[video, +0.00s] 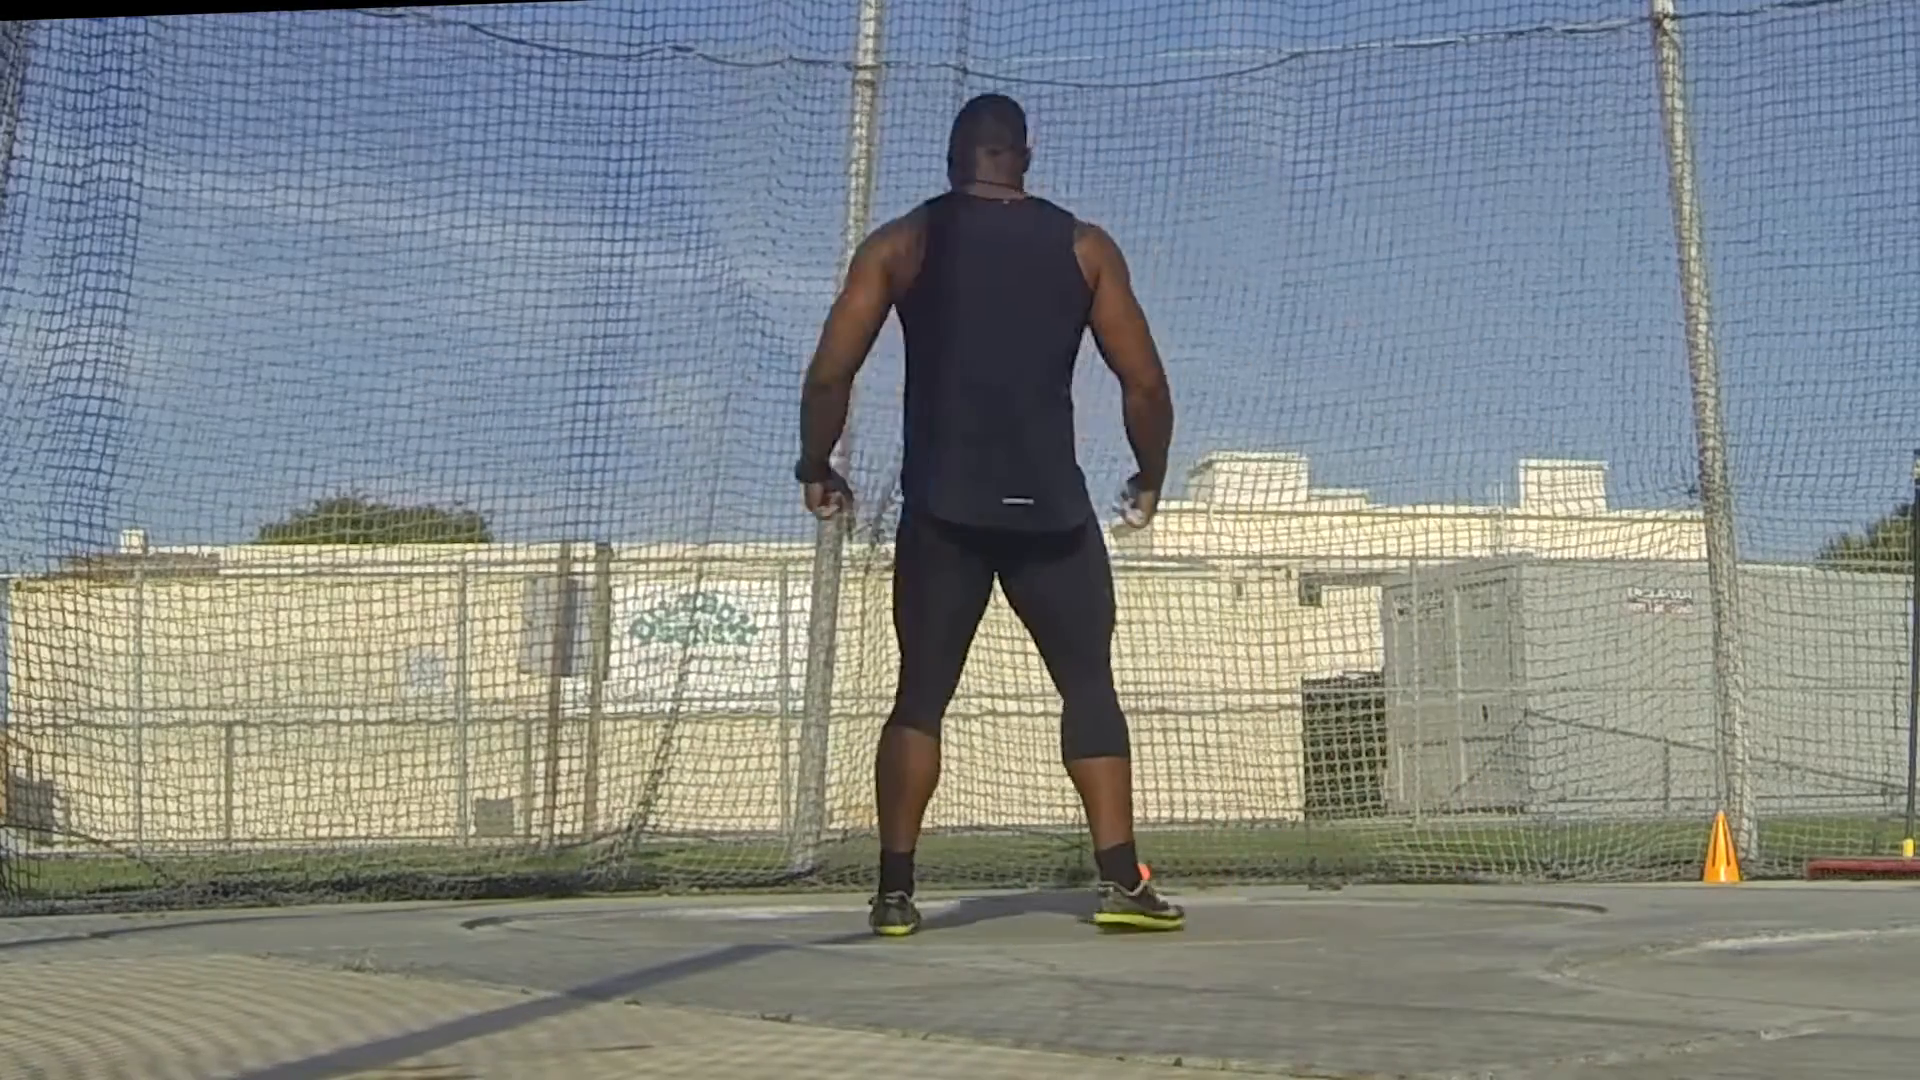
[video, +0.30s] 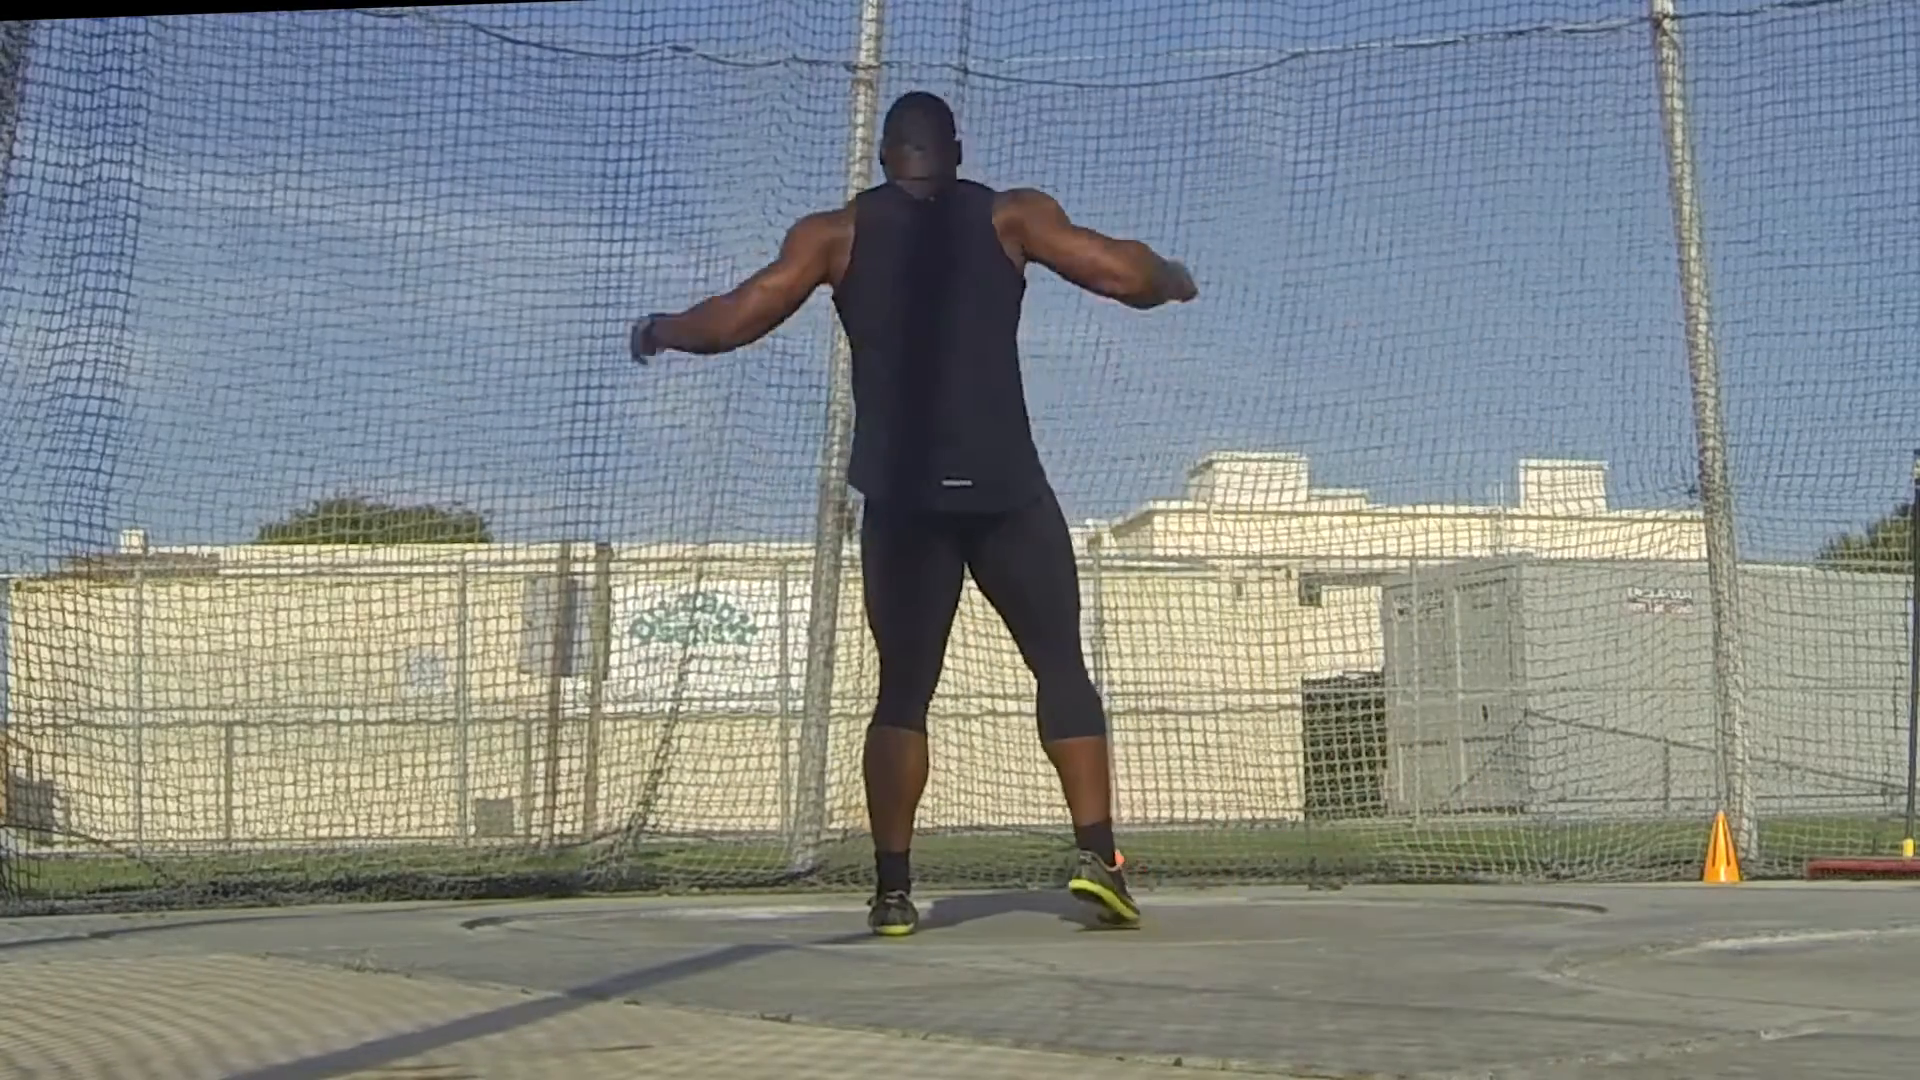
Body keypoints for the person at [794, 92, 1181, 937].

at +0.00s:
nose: (1001, 166)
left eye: (979, 153)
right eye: (1014, 153)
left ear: (949, 160)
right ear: (1026, 160)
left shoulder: (898, 243)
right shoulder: (1084, 244)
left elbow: (829, 374)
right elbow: (1145, 381)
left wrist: (816, 468)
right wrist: (1149, 474)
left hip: (940, 512)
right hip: (1049, 511)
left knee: (920, 698)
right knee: (1088, 687)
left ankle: (895, 891)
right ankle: (1122, 880)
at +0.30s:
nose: (921, 161)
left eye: (901, 150)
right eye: (939, 146)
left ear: (882, 157)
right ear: (959, 152)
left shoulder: (834, 233)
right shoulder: (1012, 214)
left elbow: (733, 321)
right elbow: (1122, 271)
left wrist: (660, 330)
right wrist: (1175, 281)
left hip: (900, 498)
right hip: (1007, 485)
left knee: (901, 691)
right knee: (1061, 665)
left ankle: (894, 892)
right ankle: (1098, 853)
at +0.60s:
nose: (985, 182)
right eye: (985, 171)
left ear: (902, 168)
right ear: (977, 168)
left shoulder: (835, 252)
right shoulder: (995, 236)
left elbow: (800, 385)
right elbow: (1028, 358)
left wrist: (826, 506)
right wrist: (1073, 486)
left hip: (888, 502)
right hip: (989, 490)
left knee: (897, 692)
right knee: (1049, 665)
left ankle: (892, 888)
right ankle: (1070, 867)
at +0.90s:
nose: (1051, 138)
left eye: (1050, 125)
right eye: (1034, 125)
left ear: (983, 151)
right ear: (983, 142)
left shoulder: (942, 237)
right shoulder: (987, 238)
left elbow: (945, 387)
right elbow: (1008, 380)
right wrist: (1098, 463)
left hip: (945, 497)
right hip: (1012, 493)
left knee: (928, 677)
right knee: (1051, 673)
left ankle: (875, 875)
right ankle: (1093, 881)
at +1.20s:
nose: (1119, 110)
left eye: (1122, 98)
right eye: (1099, 96)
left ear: (1122, 117)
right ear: (1051, 113)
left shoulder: (1113, 229)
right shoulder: (1024, 205)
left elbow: (1125, 362)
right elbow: (997, 340)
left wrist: (1188, 458)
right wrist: (1056, 460)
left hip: (1128, 478)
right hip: (1073, 478)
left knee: (1139, 651)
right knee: (1085, 661)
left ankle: (1004, 819)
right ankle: (1097, 884)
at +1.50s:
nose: (1180, 92)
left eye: (1184, 81)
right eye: (1159, 79)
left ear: (1186, 105)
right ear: (1111, 101)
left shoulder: (1206, 218)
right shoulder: (1071, 196)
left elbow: (1238, 351)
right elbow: (1024, 327)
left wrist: (1290, 451)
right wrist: (1070, 443)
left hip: (1220, 476)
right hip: (1127, 475)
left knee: (1281, 644)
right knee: (1114, 673)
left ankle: (1297, 866)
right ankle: (1099, 886)